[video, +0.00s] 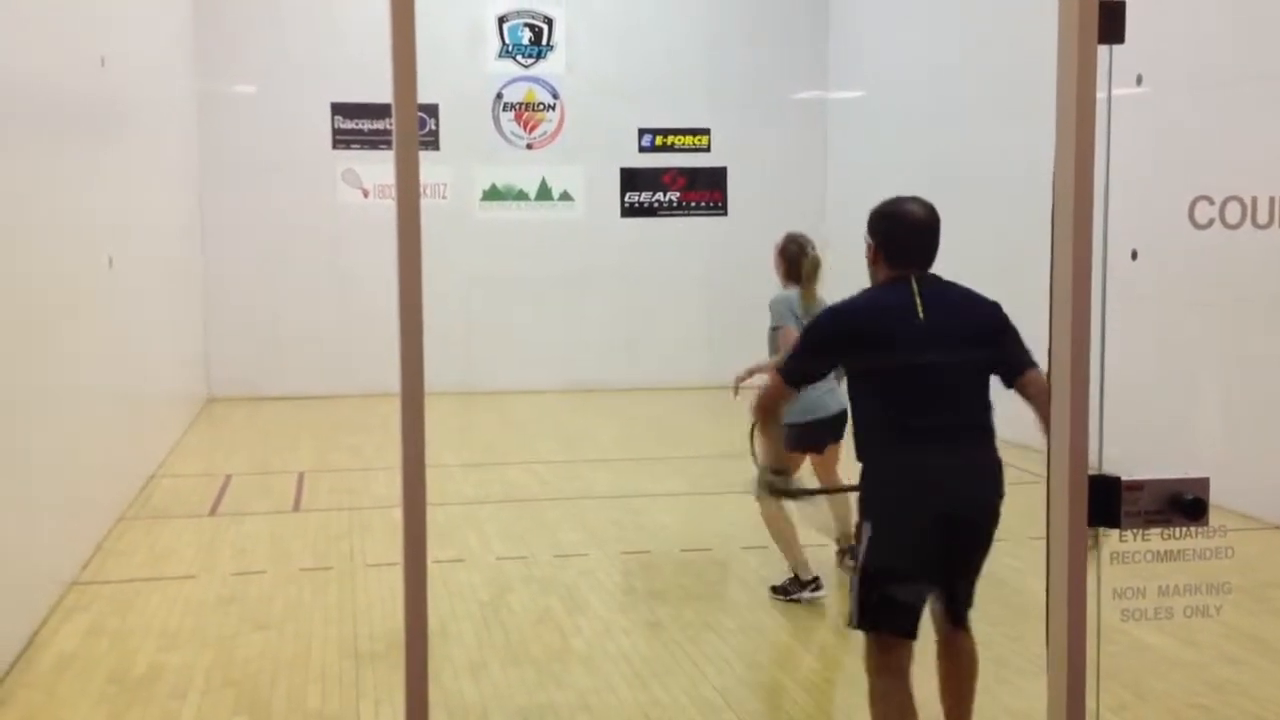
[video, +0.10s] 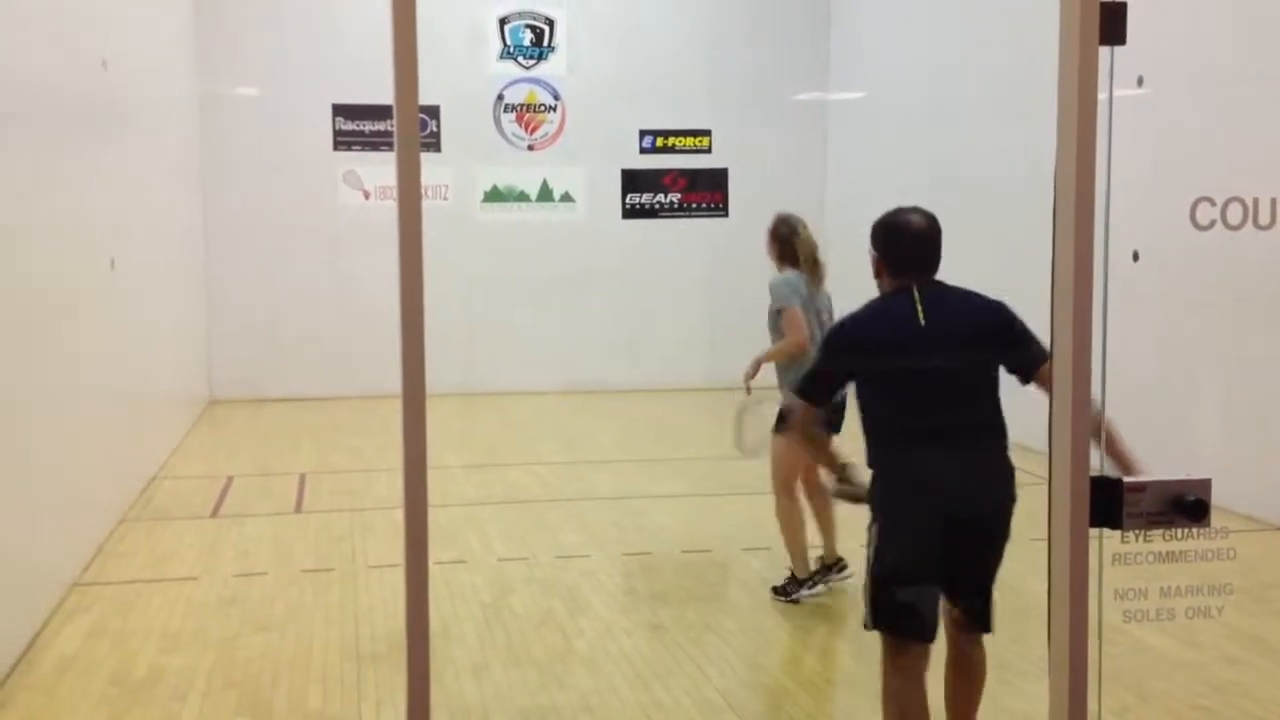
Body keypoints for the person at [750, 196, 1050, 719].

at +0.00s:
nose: (866, 250)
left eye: (867, 244)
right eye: (869, 243)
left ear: (873, 251)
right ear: (933, 251)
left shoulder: (848, 320)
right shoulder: (980, 312)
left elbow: (769, 400)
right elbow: (1044, 396)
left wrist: (772, 446)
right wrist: (1078, 465)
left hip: (899, 499)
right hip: (976, 494)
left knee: (889, 659)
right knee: (954, 618)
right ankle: (958, 716)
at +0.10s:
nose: (871, 261)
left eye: (872, 255)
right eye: (876, 253)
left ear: (878, 263)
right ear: (937, 260)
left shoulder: (856, 331)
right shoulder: (985, 315)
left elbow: (804, 422)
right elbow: (1063, 385)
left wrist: (836, 465)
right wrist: (1121, 458)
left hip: (908, 505)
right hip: (986, 499)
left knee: (904, 654)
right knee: (967, 630)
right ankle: (962, 719)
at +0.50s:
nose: (933, 260)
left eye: (932, 253)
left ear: (936, 257)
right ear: (990, 249)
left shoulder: (926, 324)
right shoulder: (1044, 293)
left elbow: (909, 426)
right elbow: (1137, 341)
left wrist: (948, 448)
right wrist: (1179, 394)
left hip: (982, 495)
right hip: (1053, 486)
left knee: (987, 624)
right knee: (987, 620)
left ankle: (971, 712)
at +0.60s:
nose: (949, 266)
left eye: (949, 259)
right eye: (952, 258)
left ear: (954, 264)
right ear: (1006, 254)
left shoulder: (943, 326)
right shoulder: (1055, 296)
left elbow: (926, 425)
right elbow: (1143, 350)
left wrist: (965, 452)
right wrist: (1152, 393)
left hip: (986, 478)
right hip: (1053, 473)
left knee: (1019, 596)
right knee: (1012, 602)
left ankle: (1051, 702)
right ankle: (981, 713)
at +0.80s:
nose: (970, 281)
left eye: (971, 274)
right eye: (971, 274)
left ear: (977, 276)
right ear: (1025, 266)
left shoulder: (968, 334)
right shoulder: (1073, 306)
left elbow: (952, 428)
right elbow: (1152, 369)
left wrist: (977, 465)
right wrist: (1150, 426)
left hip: (1007, 478)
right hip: (1074, 472)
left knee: (1036, 583)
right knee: (1084, 573)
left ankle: (1060, 678)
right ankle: (1072, 677)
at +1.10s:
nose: (976, 258)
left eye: (980, 251)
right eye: (977, 250)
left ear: (993, 255)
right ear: (1031, 250)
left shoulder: (982, 312)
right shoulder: (1075, 286)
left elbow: (966, 396)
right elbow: (1141, 348)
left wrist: (959, 443)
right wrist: (1157, 423)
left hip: (1024, 455)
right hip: (1083, 450)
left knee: (1027, 554)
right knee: (1088, 547)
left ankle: (1056, 640)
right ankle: (1108, 662)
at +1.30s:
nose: (953, 249)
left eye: (960, 244)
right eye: (957, 241)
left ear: (979, 254)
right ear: (1004, 250)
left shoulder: (968, 310)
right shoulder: (1044, 287)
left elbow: (963, 391)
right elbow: (1073, 351)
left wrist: (940, 433)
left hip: (992, 441)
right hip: (1050, 438)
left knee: (968, 517)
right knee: (1072, 541)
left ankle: (996, 629)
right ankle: (1104, 652)